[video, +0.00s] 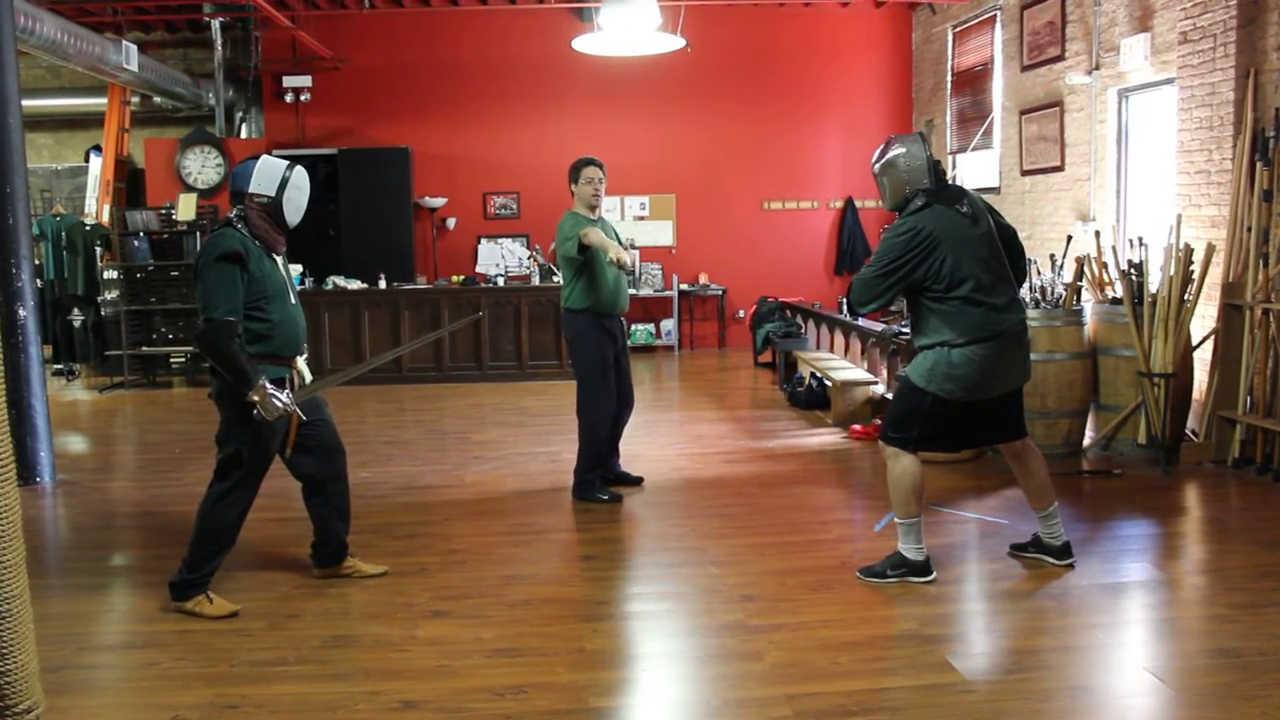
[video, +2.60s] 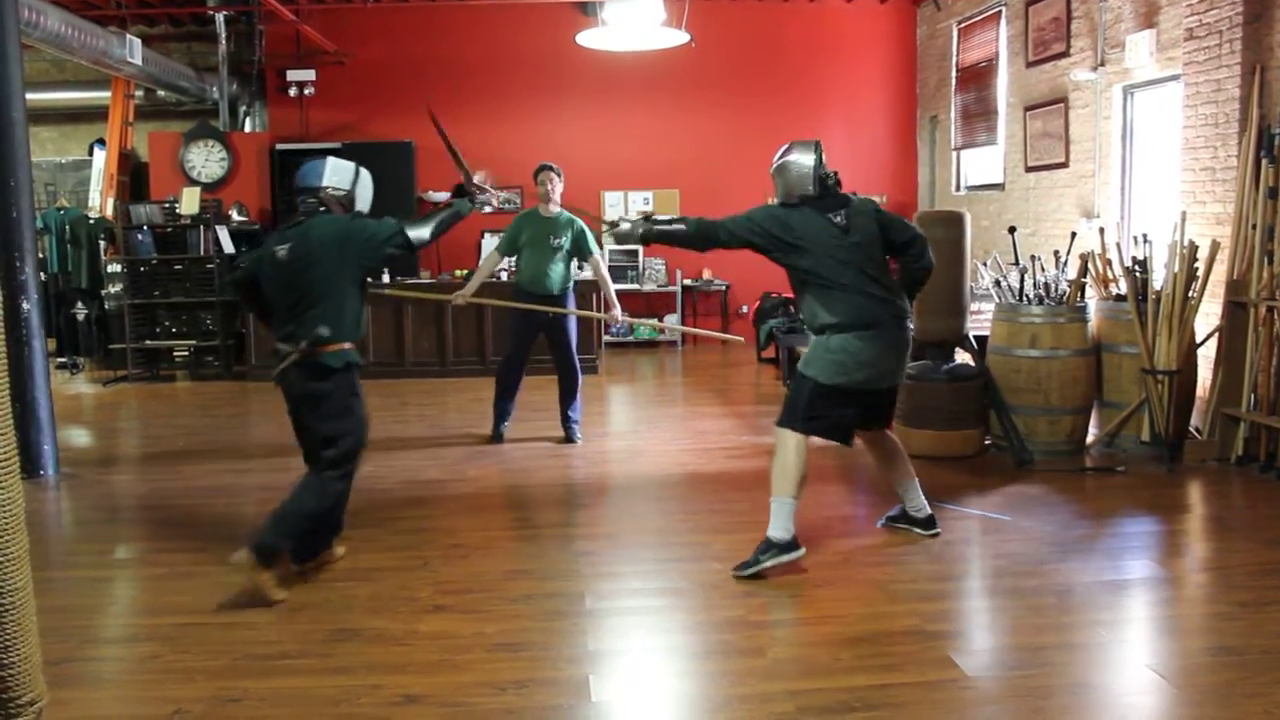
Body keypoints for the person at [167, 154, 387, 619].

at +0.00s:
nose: (295, 209)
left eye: (295, 200)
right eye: (291, 199)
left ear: (259, 194)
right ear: (269, 195)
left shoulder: (264, 243)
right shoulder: (229, 246)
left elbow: (272, 309)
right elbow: (217, 332)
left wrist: (293, 356)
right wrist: (255, 388)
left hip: (286, 376)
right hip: (251, 380)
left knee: (326, 459)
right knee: (235, 483)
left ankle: (332, 555)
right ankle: (190, 587)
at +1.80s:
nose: (338, 216)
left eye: (336, 207)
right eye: (333, 205)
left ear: (306, 203)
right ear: (312, 201)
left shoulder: (305, 244)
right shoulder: (281, 244)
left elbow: (306, 316)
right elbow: (274, 327)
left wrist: (331, 360)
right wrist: (316, 373)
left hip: (321, 370)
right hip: (292, 375)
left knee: (355, 457)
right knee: (302, 473)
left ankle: (338, 553)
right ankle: (249, 582)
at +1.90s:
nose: (337, 219)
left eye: (336, 211)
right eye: (332, 209)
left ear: (304, 204)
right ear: (310, 203)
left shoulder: (305, 245)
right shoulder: (284, 243)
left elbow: (311, 315)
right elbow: (291, 317)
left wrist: (343, 357)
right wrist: (344, 350)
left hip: (319, 374)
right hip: (293, 377)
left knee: (354, 455)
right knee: (305, 472)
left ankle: (338, 553)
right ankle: (247, 581)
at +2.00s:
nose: (333, 209)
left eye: (332, 200)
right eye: (329, 199)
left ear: (289, 196)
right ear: (308, 195)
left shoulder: (270, 240)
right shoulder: (294, 243)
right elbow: (332, 304)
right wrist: (398, 311)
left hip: (306, 371)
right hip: (295, 374)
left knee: (350, 456)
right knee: (307, 469)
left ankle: (338, 554)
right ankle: (241, 579)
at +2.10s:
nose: (319, 202)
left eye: (317, 193)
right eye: (314, 193)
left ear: (270, 196)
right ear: (294, 194)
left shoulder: (246, 247)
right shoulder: (301, 245)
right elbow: (369, 284)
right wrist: (435, 281)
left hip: (297, 376)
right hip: (298, 379)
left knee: (345, 456)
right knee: (299, 473)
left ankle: (337, 553)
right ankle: (240, 584)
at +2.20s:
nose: (313, 209)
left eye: (311, 201)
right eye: (308, 201)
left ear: (265, 203)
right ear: (288, 202)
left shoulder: (237, 252)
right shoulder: (301, 248)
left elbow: (234, 322)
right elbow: (369, 266)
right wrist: (434, 260)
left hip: (282, 380)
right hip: (296, 381)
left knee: (344, 451)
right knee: (290, 477)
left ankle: (334, 549)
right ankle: (237, 585)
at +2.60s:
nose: (351, 206)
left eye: (349, 200)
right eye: (347, 199)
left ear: (301, 201)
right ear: (333, 199)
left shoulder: (273, 246)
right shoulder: (347, 231)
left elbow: (242, 284)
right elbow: (416, 234)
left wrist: (279, 322)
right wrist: (463, 203)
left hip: (293, 371)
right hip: (332, 368)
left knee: (321, 460)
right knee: (337, 465)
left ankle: (317, 544)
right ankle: (264, 552)